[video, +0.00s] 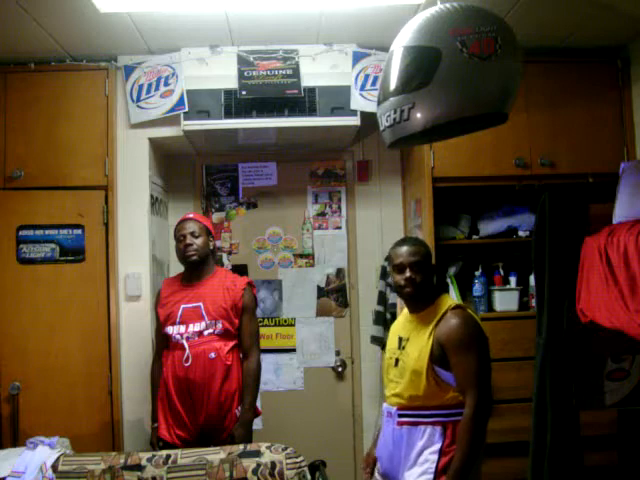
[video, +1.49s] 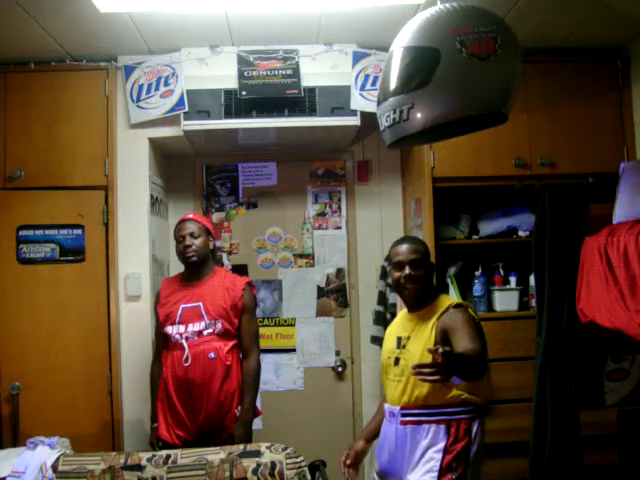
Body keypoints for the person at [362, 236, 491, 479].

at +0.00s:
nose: (408, 276)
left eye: (416, 268)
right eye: (399, 270)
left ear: (431, 270)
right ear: (390, 276)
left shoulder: (456, 324)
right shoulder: (404, 318)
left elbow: (477, 402)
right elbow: (398, 393)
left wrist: (456, 471)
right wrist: (376, 446)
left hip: (433, 441)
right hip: (393, 439)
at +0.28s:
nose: (404, 269)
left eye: (413, 261)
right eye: (396, 263)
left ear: (429, 267)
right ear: (388, 271)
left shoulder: (452, 319)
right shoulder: (399, 316)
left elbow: (475, 397)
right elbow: (396, 389)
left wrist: (452, 469)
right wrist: (371, 438)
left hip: (431, 438)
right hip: (390, 435)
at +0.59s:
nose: (409, 273)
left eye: (417, 264)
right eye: (399, 267)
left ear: (431, 267)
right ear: (390, 274)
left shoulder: (457, 323)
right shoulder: (400, 316)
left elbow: (478, 401)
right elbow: (397, 391)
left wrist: (460, 471)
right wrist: (376, 443)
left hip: (434, 439)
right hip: (392, 436)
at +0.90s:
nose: (404, 275)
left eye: (413, 267)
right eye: (395, 269)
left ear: (428, 271)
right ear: (386, 275)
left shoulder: (455, 323)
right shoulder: (401, 320)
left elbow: (481, 398)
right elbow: (395, 392)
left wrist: (457, 468)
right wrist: (371, 440)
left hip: (434, 447)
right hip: (391, 445)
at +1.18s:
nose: (409, 271)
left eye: (417, 264)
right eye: (400, 265)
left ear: (431, 268)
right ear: (390, 273)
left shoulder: (455, 314)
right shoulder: (396, 321)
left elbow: (475, 370)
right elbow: (393, 391)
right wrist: (370, 437)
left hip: (440, 434)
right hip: (394, 434)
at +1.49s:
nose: (408, 273)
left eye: (416, 265)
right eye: (399, 266)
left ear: (430, 270)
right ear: (389, 274)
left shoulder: (453, 314)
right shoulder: (395, 326)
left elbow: (475, 365)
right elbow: (392, 396)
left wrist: (451, 365)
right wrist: (364, 440)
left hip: (440, 436)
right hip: (394, 438)